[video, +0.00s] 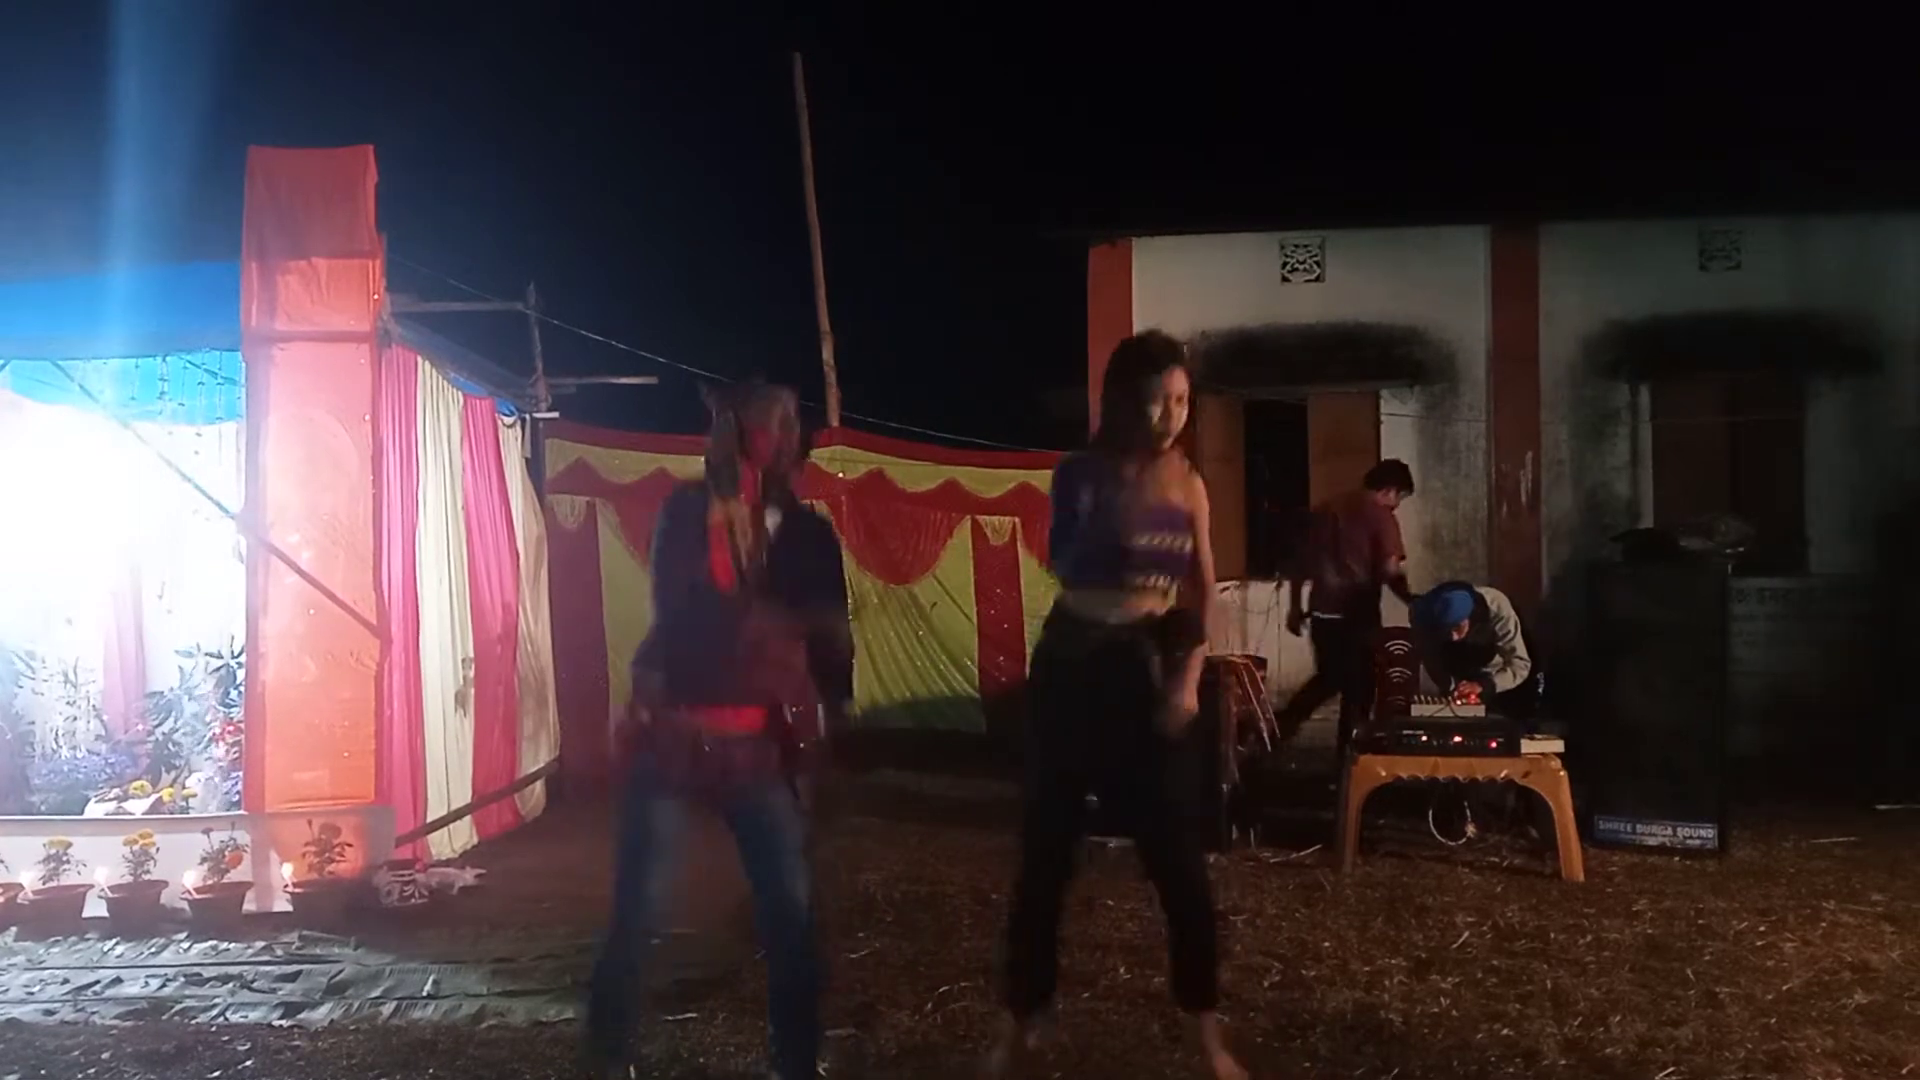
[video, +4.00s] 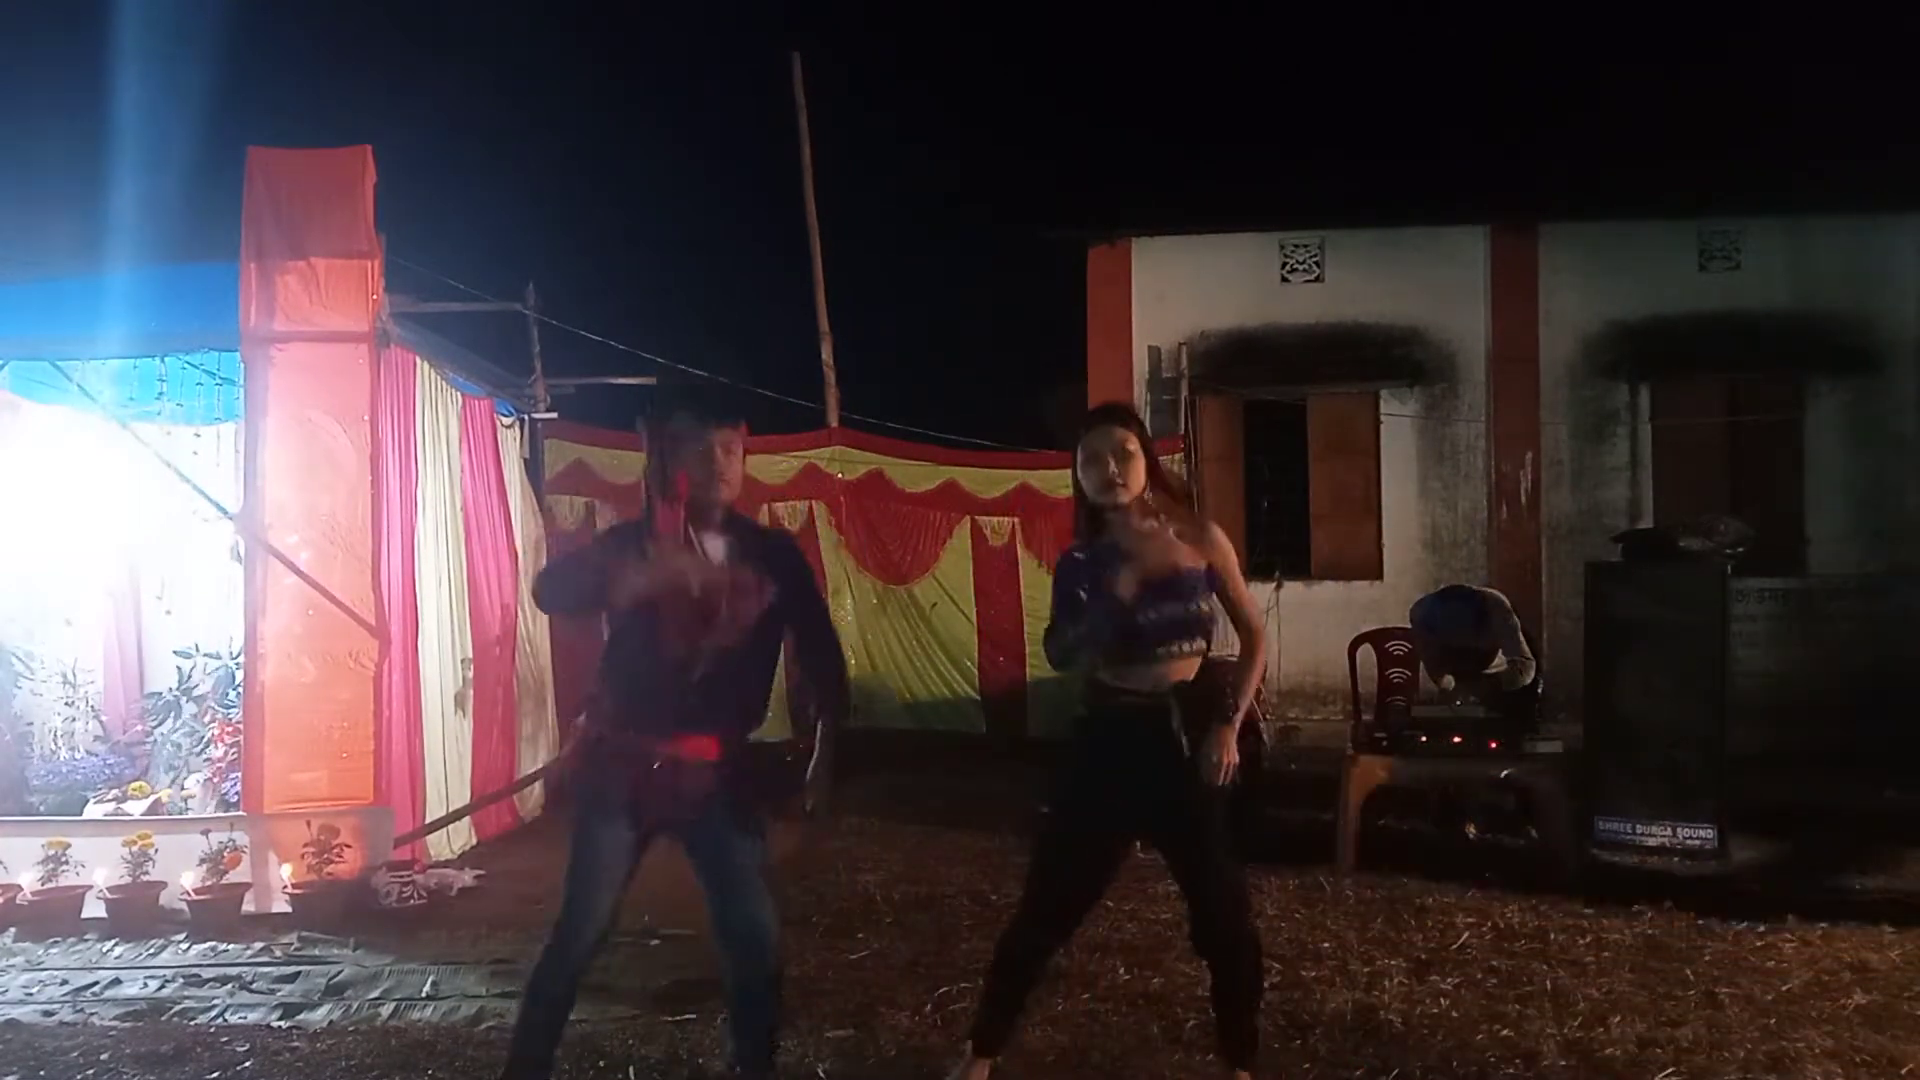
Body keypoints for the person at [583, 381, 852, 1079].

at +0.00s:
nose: (780, 438)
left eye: (788, 425)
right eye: (767, 423)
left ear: (796, 439)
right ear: (733, 432)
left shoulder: (810, 534)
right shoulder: (685, 511)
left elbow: (834, 645)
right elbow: (677, 609)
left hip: (760, 746)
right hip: (671, 740)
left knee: (790, 910)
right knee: (640, 909)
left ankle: (796, 1062)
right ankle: (607, 1056)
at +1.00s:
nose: (759, 414)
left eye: (772, 405)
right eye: (745, 398)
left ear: (780, 417)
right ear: (708, 400)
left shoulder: (804, 487)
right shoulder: (662, 491)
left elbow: (842, 600)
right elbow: (620, 609)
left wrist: (788, 681)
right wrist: (602, 533)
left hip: (796, 701)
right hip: (701, 706)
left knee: (829, 864)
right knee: (686, 879)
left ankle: (871, 1024)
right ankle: (688, 1042)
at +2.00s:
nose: (717, 436)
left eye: (741, 424)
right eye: (713, 423)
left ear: (771, 439)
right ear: (703, 428)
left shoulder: (790, 520)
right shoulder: (671, 500)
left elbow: (855, 613)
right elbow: (662, 586)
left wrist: (803, 546)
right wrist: (742, 549)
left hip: (738, 740)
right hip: (655, 737)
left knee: (765, 903)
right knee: (630, 903)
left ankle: (766, 1059)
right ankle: (569, 1058)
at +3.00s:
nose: (735, 496)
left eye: (748, 480)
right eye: (720, 479)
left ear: (760, 474)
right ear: (687, 471)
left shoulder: (783, 545)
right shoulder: (644, 553)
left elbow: (828, 631)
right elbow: (560, 628)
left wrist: (727, 638)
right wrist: (591, 646)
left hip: (803, 760)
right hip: (716, 773)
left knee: (864, 903)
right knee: (707, 928)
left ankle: (938, 1029)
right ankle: (732, 1064)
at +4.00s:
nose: (721, 467)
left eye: (732, 451)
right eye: (701, 452)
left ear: (744, 457)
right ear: (665, 460)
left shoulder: (774, 554)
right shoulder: (633, 545)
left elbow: (823, 658)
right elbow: (549, 591)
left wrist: (818, 764)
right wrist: (649, 574)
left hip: (717, 777)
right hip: (622, 772)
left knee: (755, 938)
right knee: (580, 934)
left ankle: (755, 1065)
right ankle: (527, 1068)